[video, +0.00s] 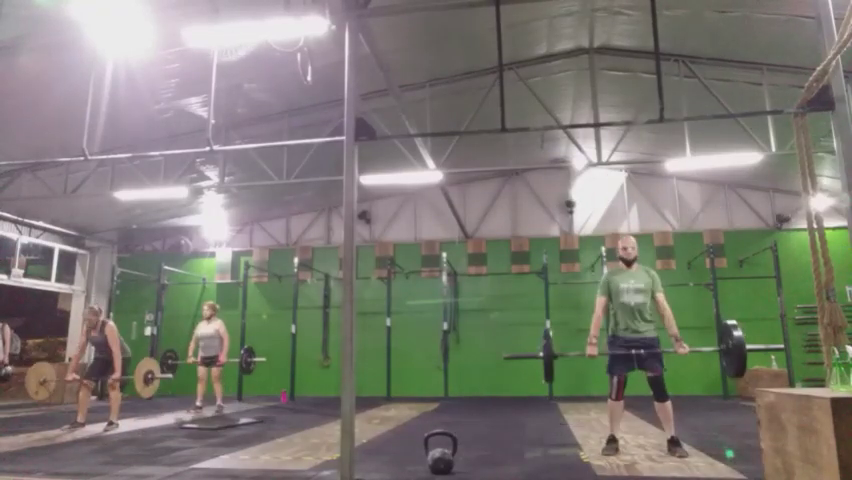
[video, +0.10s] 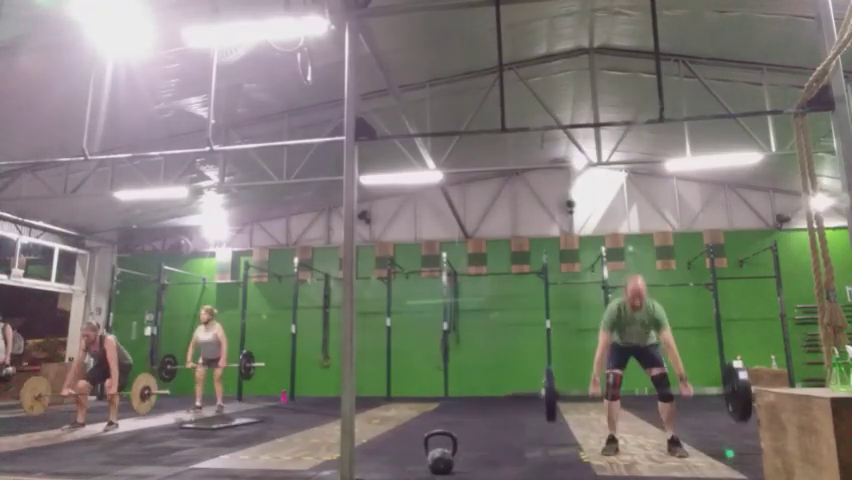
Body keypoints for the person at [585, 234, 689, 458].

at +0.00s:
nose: (626, 252)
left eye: (630, 248)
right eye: (623, 249)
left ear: (637, 251)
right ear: (618, 252)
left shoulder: (650, 275)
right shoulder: (609, 278)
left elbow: (663, 307)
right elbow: (599, 310)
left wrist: (676, 338)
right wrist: (592, 339)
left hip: (649, 339)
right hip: (620, 340)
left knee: (659, 389)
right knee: (616, 390)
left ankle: (672, 439)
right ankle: (612, 438)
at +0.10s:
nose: (637, 299)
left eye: (640, 295)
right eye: (633, 295)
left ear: (645, 294)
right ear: (626, 293)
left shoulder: (654, 309)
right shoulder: (614, 309)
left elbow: (668, 344)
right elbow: (603, 343)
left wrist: (682, 377)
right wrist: (595, 378)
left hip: (647, 346)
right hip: (619, 346)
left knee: (664, 388)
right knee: (612, 386)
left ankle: (672, 439)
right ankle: (612, 438)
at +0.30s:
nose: (630, 248)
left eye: (632, 244)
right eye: (625, 245)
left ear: (637, 247)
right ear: (617, 249)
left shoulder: (650, 273)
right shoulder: (608, 276)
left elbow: (662, 304)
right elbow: (597, 307)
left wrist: (674, 332)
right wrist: (591, 337)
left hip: (647, 337)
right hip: (618, 337)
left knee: (656, 387)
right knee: (617, 388)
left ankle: (672, 439)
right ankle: (613, 438)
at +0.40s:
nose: (626, 250)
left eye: (629, 246)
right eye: (622, 247)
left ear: (636, 250)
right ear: (617, 251)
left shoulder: (649, 275)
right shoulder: (608, 277)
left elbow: (662, 306)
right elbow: (599, 309)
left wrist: (675, 336)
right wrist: (592, 338)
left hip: (646, 337)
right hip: (618, 338)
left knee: (658, 388)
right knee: (615, 389)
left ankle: (672, 439)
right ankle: (612, 438)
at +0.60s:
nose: (636, 303)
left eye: (640, 298)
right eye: (633, 298)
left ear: (645, 298)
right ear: (626, 298)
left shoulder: (654, 315)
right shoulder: (614, 314)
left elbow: (669, 348)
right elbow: (602, 347)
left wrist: (681, 381)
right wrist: (595, 379)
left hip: (645, 346)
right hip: (618, 347)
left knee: (662, 385)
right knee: (610, 387)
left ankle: (672, 439)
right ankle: (612, 438)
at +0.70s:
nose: (625, 248)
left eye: (628, 245)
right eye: (621, 245)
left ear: (634, 248)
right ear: (615, 250)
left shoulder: (648, 272)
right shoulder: (608, 275)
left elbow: (662, 303)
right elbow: (597, 307)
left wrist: (675, 333)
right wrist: (591, 336)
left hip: (648, 336)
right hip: (619, 337)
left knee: (657, 387)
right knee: (617, 388)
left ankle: (673, 439)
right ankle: (612, 438)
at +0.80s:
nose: (627, 250)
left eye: (630, 246)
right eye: (623, 247)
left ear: (636, 249)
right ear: (617, 251)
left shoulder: (648, 274)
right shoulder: (609, 277)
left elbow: (662, 306)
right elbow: (599, 309)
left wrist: (675, 336)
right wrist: (592, 338)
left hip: (647, 337)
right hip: (618, 337)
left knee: (657, 386)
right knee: (617, 386)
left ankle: (673, 439)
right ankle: (612, 438)